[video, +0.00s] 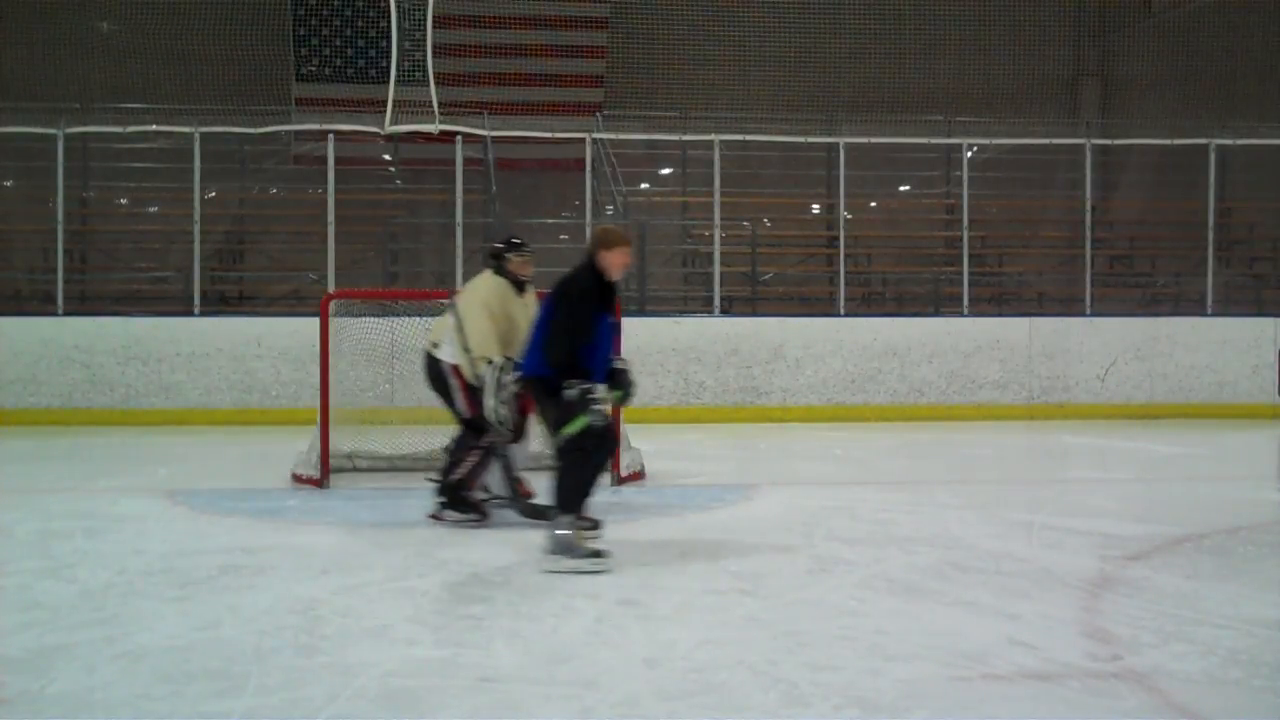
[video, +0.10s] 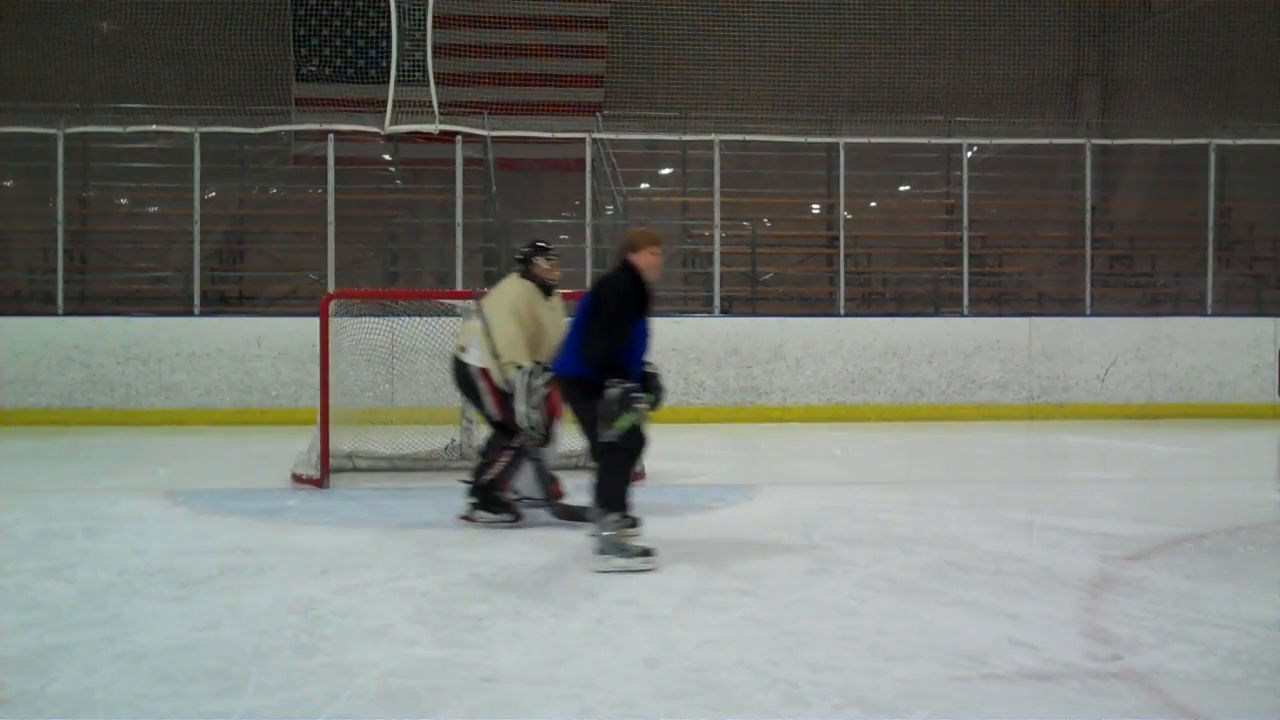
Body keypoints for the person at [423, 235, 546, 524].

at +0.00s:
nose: (527, 266)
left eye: (529, 260)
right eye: (519, 260)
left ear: (531, 263)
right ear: (502, 262)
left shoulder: (526, 295)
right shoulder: (482, 290)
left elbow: (531, 343)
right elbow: (484, 347)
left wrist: (528, 383)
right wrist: (498, 390)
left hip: (485, 365)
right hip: (448, 358)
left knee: (500, 424)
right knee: (479, 426)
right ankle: (453, 492)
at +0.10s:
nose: (556, 269)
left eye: (557, 263)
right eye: (549, 263)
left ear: (554, 267)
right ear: (531, 265)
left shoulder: (551, 298)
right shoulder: (512, 291)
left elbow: (556, 345)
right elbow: (510, 343)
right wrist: (529, 381)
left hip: (508, 367)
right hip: (476, 362)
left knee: (524, 427)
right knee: (511, 427)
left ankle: (494, 487)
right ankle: (486, 490)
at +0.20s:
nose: (579, 271)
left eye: (581, 265)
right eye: (572, 265)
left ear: (583, 268)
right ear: (555, 268)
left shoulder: (579, 303)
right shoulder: (539, 294)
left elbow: (584, 350)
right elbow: (537, 348)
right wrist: (553, 390)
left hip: (534, 371)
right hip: (502, 363)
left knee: (551, 428)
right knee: (539, 428)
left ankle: (517, 487)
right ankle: (513, 491)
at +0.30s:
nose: (606, 274)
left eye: (608, 267)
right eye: (599, 268)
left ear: (611, 271)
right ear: (582, 271)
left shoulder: (603, 304)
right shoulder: (567, 296)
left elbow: (607, 349)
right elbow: (567, 353)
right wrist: (581, 397)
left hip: (557, 370)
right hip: (529, 365)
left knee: (571, 428)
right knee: (564, 430)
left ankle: (538, 486)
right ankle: (537, 493)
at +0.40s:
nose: (634, 275)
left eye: (637, 268)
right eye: (627, 269)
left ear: (639, 271)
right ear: (610, 272)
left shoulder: (629, 305)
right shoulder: (594, 297)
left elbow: (633, 352)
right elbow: (592, 353)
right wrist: (609, 392)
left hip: (585, 373)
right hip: (555, 367)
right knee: (587, 432)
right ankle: (554, 492)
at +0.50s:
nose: (663, 270)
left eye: (665, 264)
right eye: (655, 265)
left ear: (666, 268)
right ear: (639, 269)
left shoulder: (657, 302)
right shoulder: (623, 292)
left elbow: (657, 348)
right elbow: (617, 339)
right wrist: (631, 379)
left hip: (615, 371)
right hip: (582, 363)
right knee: (593, 433)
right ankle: (560, 494)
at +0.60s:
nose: (689, 267)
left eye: (691, 261)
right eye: (682, 261)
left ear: (691, 265)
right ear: (667, 264)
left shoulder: (683, 295)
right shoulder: (649, 289)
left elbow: (683, 343)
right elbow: (644, 338)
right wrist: (653, 377)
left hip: (658, 370)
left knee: (684, 426)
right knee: (611, 435)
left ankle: (682, 486)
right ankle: (571, 489)